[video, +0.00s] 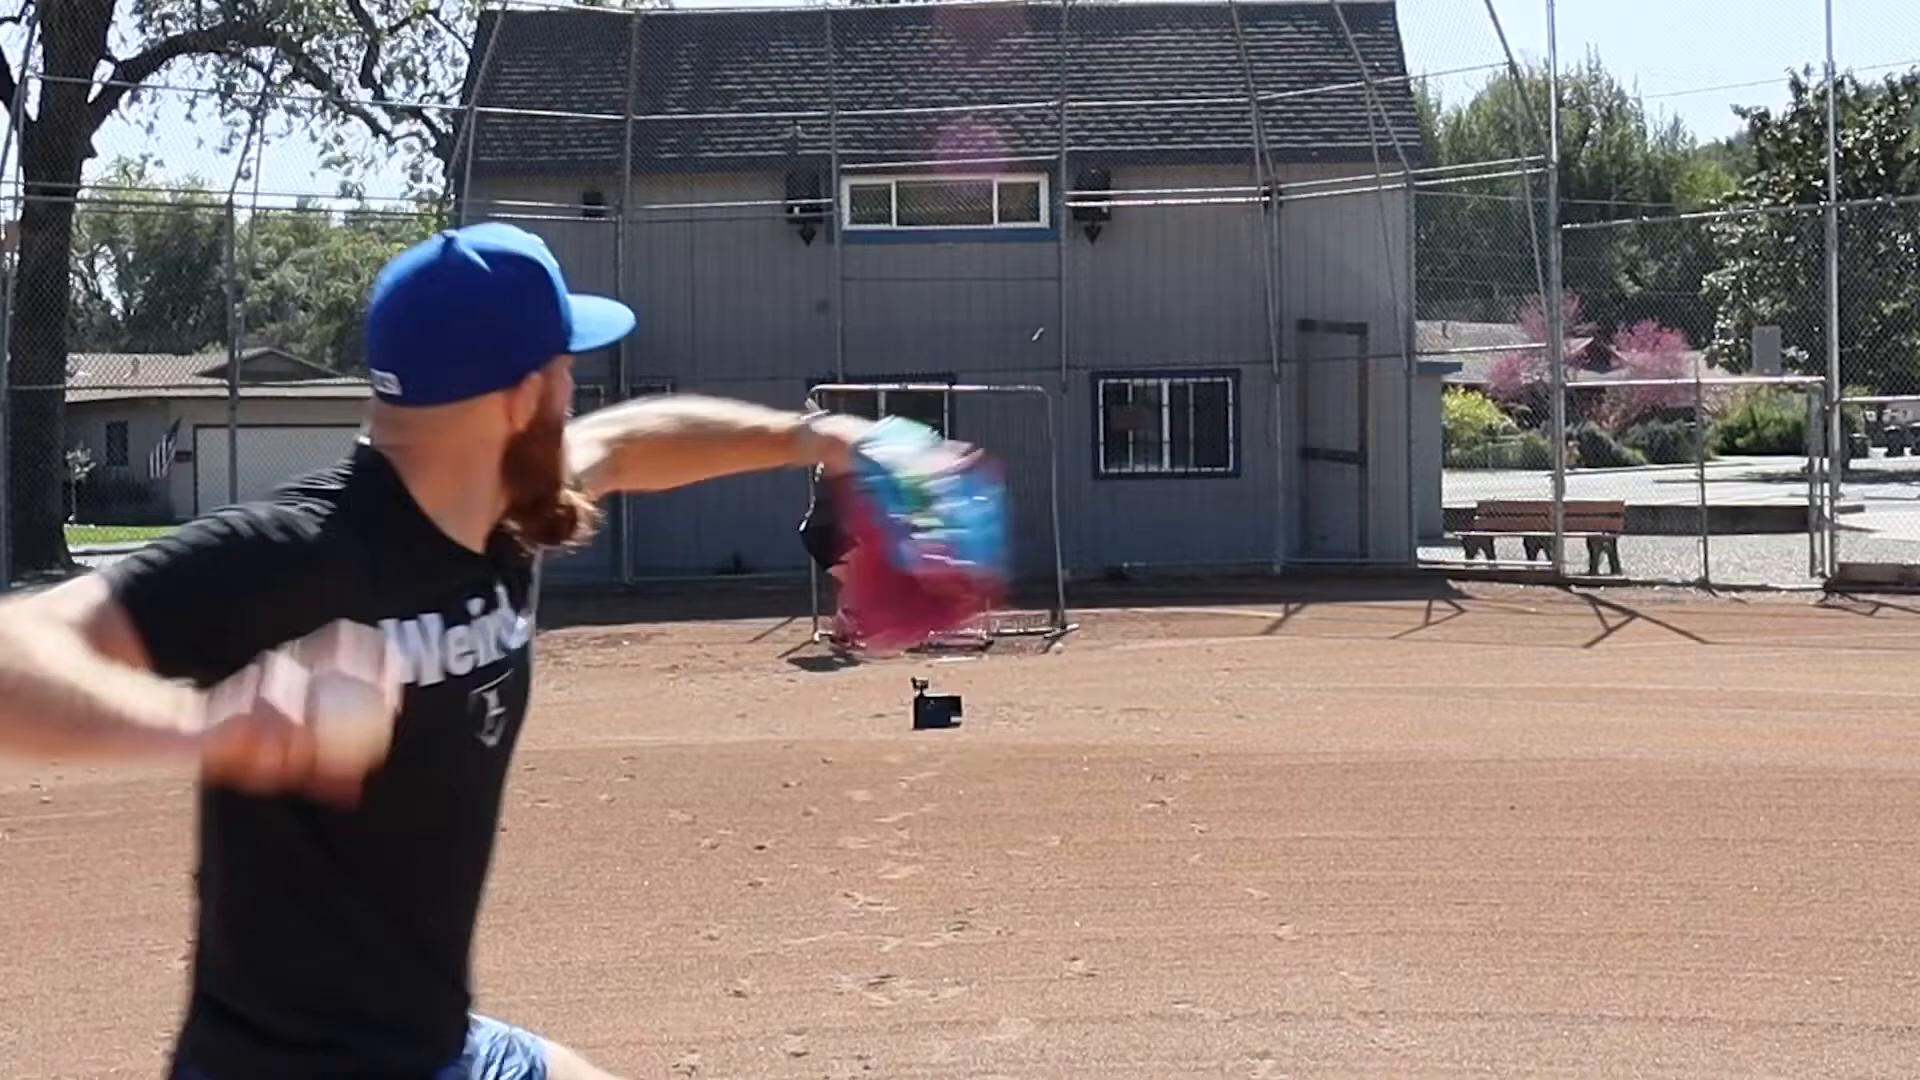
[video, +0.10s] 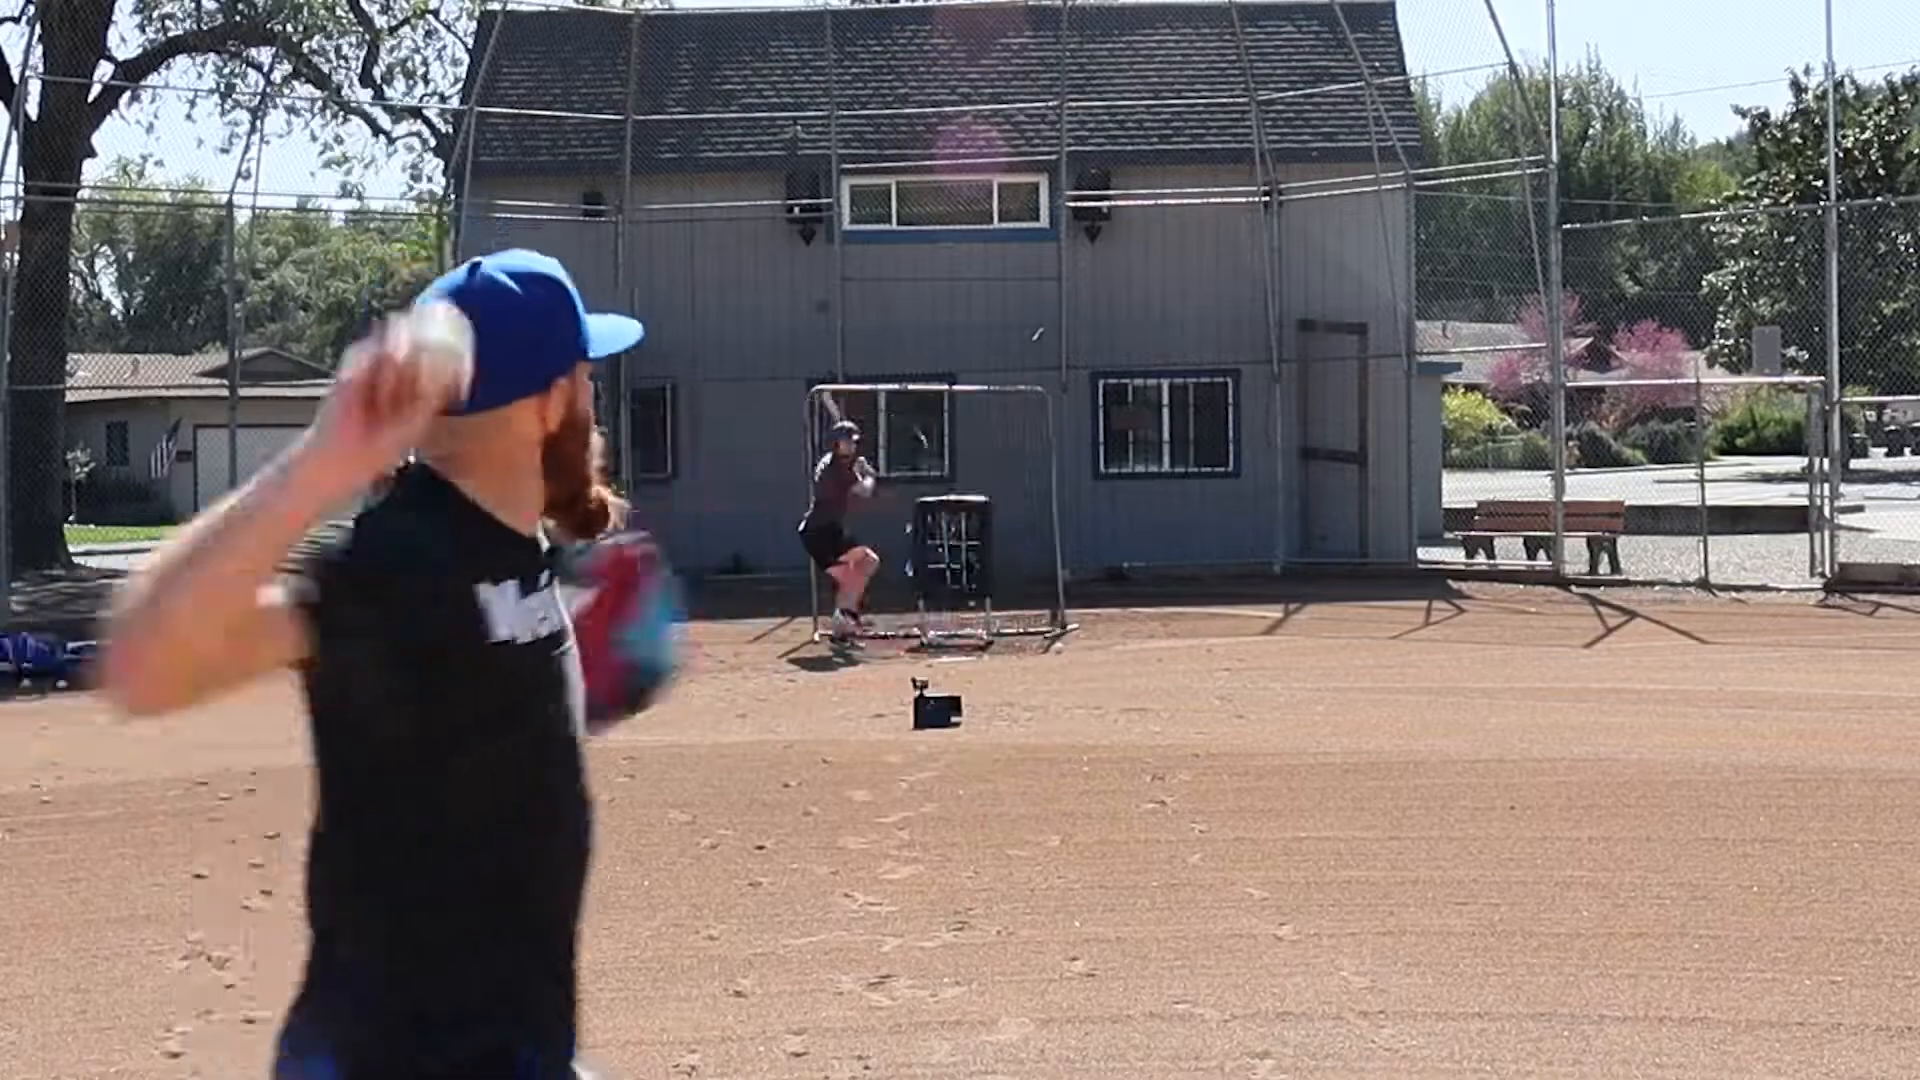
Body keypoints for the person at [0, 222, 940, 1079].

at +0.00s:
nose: (573, 389)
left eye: (570, 367)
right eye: (567, 366)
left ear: (465, 395)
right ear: (521, 392)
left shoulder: (492, 520)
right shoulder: (293, 550)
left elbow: (636, 442)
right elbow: (17, 651)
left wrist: (821, 438)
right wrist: (202, 725)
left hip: (443, 1046)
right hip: (269, 1070)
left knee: (605, 1071)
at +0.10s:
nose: (589, 390)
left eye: (584, 365)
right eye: (581, 369)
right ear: (549, 401)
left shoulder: (519, 547)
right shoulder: (382, 561)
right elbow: (143, 671)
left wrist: (597, 681)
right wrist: (325, 464)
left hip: (524, 1041)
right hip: (385, 1049)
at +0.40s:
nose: (291, 600)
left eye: (287, 585)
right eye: (289, 586)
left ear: (295, 578)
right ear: (400, 538)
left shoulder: (325, 617)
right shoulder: (492, 572)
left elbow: (363, 731)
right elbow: (423, 889)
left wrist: (277, 903)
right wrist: (281, 1024)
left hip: (555, 810)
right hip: (717, 757)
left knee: (571, 1059)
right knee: (809, 1059)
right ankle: (852, 1020)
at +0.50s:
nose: (261, 634)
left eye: (255, 612)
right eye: (262, 612)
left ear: (276, 582)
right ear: (366, 541)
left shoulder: (329, 603)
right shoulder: (460, 617)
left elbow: (364, 649)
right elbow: (394, 894)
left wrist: (288, 830)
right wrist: (239, 1019)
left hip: (577, 785)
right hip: (713, 719)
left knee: (572, 1057)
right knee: (963, 1035)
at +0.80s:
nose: (178, 485)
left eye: (174, 467)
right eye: (188, 465)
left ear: (191, 464)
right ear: (300, 437)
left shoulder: (234, 543)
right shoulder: (374, 490)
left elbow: (334, 680)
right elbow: (515, 622)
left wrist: (354, 920)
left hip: (608, 800)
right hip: (716, 672)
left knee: (595, 1062)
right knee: (960, 831)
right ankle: (1263, 861)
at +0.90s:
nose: (188, 425)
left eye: (185, 404)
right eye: (187, 401)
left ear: (202, 401)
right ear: (306, 371)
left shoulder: (241, 491)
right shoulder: (394, 429)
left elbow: (344, 691)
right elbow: (519, 564)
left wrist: (331, 926)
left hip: (614, 794)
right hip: (723, 675)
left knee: (595, 1067)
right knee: (844, 840)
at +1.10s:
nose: (232, 302)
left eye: (228, 283)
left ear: (236, 292)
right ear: (365, 270)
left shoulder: (289, 415)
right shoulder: (451, 347)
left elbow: (365, 665)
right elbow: (530, 549)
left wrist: (282, 853)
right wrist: (449, 734)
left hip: (605, 785)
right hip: (714, 698)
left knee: (604, 1063)